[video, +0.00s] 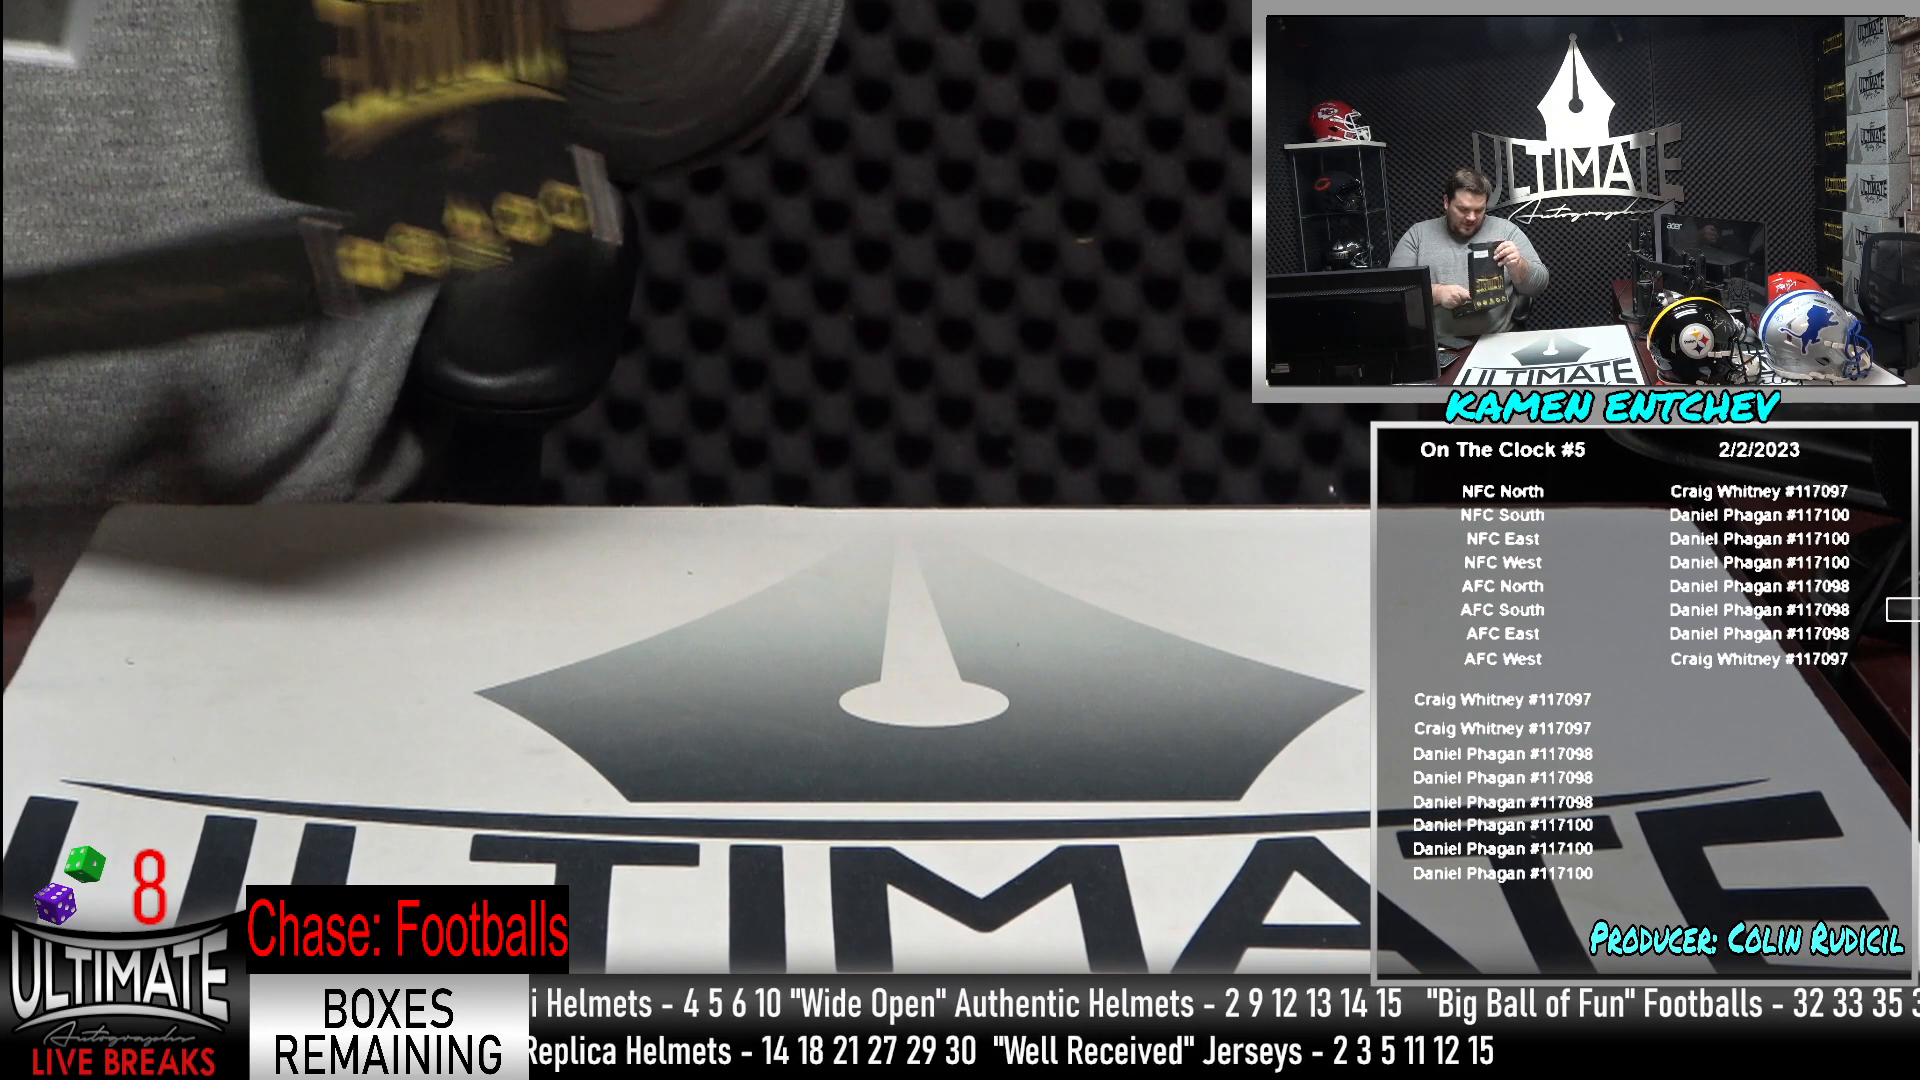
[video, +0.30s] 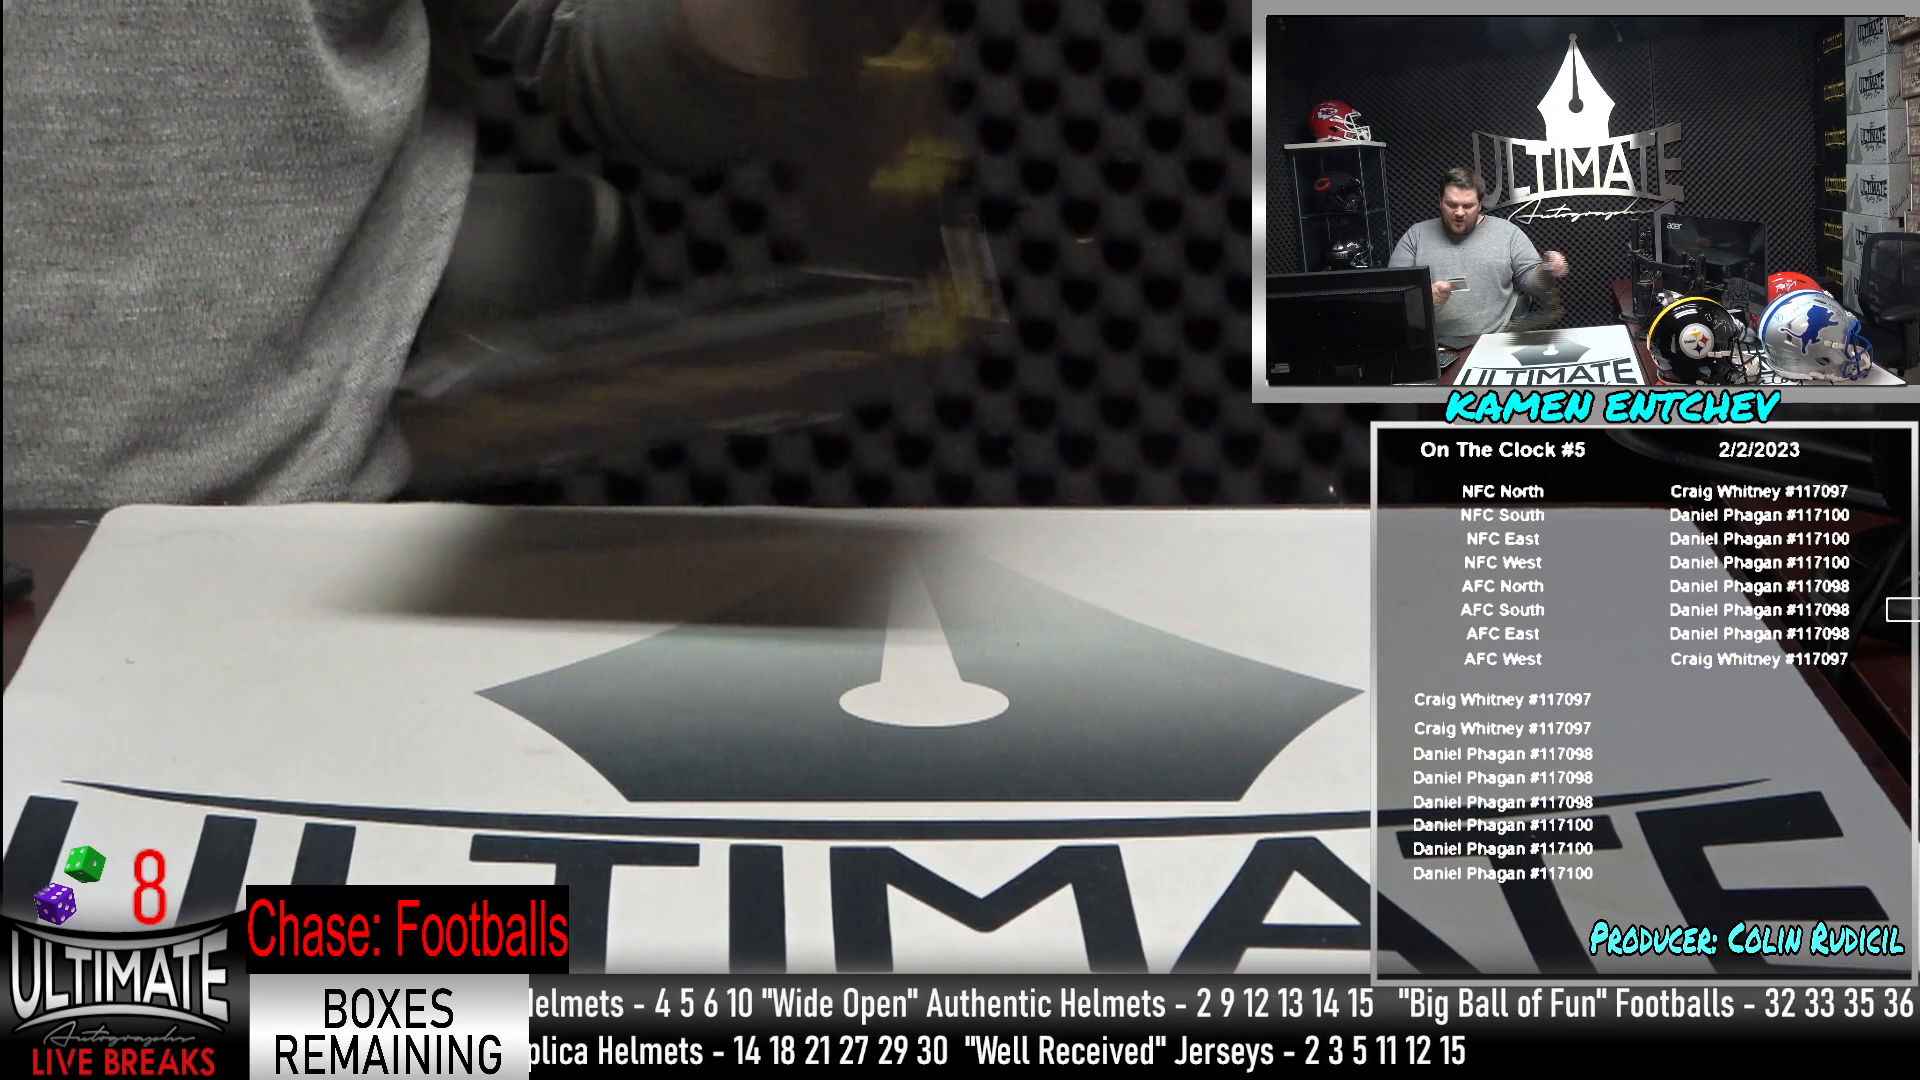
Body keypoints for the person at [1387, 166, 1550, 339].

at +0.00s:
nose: (1471, 218)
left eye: (1478, 211)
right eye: (1463, 210)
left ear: (1485, 205)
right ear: (1446, 203)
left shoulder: (1506, 231)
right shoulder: (1418, 235)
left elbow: (1538, 285)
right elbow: (1394, 287)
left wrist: (1517, 266)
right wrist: (1435, 292)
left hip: (1497, 346)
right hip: (1436, 350)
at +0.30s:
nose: (1459, 213)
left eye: (1467, 206)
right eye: (1452, 205)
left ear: (1479, 204)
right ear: (1441, 202)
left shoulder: (1507, 234)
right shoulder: (1417, 236)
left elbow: (1527, 276)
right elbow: (1391, 289)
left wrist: (1548, 272)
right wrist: (1424, 293)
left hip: (1494, 347)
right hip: (1433, 351)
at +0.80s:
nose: (1461, 209)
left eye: (1468, 200)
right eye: (1452, 202)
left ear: (1480, 199)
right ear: (1441, 203)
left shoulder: (1508, 233)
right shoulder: (1418, 235)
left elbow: (1542, 277)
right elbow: (1392, 287)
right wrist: (1428, 289)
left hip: (1496, 346)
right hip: (1434, 351)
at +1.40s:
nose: (1474, 209)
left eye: (1480, 201)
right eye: (1465, 202)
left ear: (1489, 200)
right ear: (1450, 201)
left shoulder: (1511, 234)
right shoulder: (1424, 234)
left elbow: (1541, 283)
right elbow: (1389, 280)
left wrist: (1507, 282)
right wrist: (1422, 301)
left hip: (1497, 346)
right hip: (1437, 350)